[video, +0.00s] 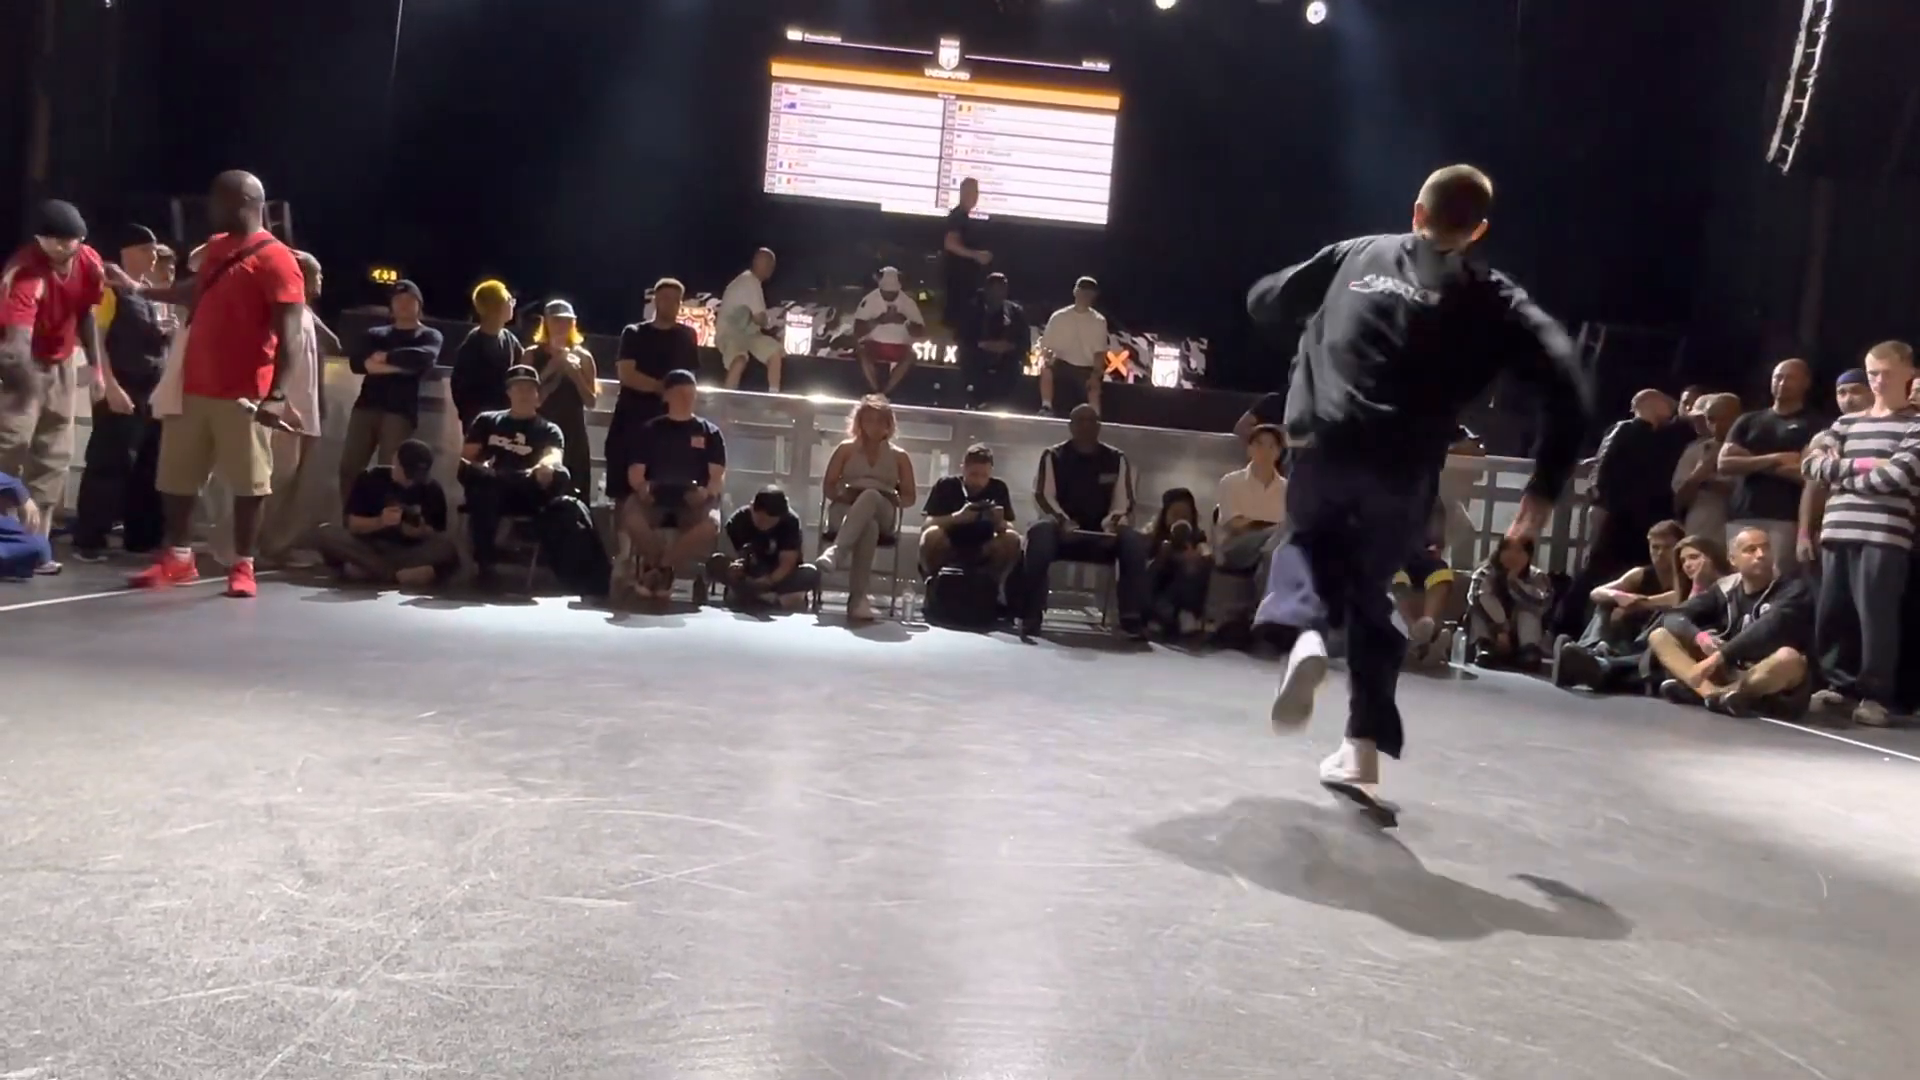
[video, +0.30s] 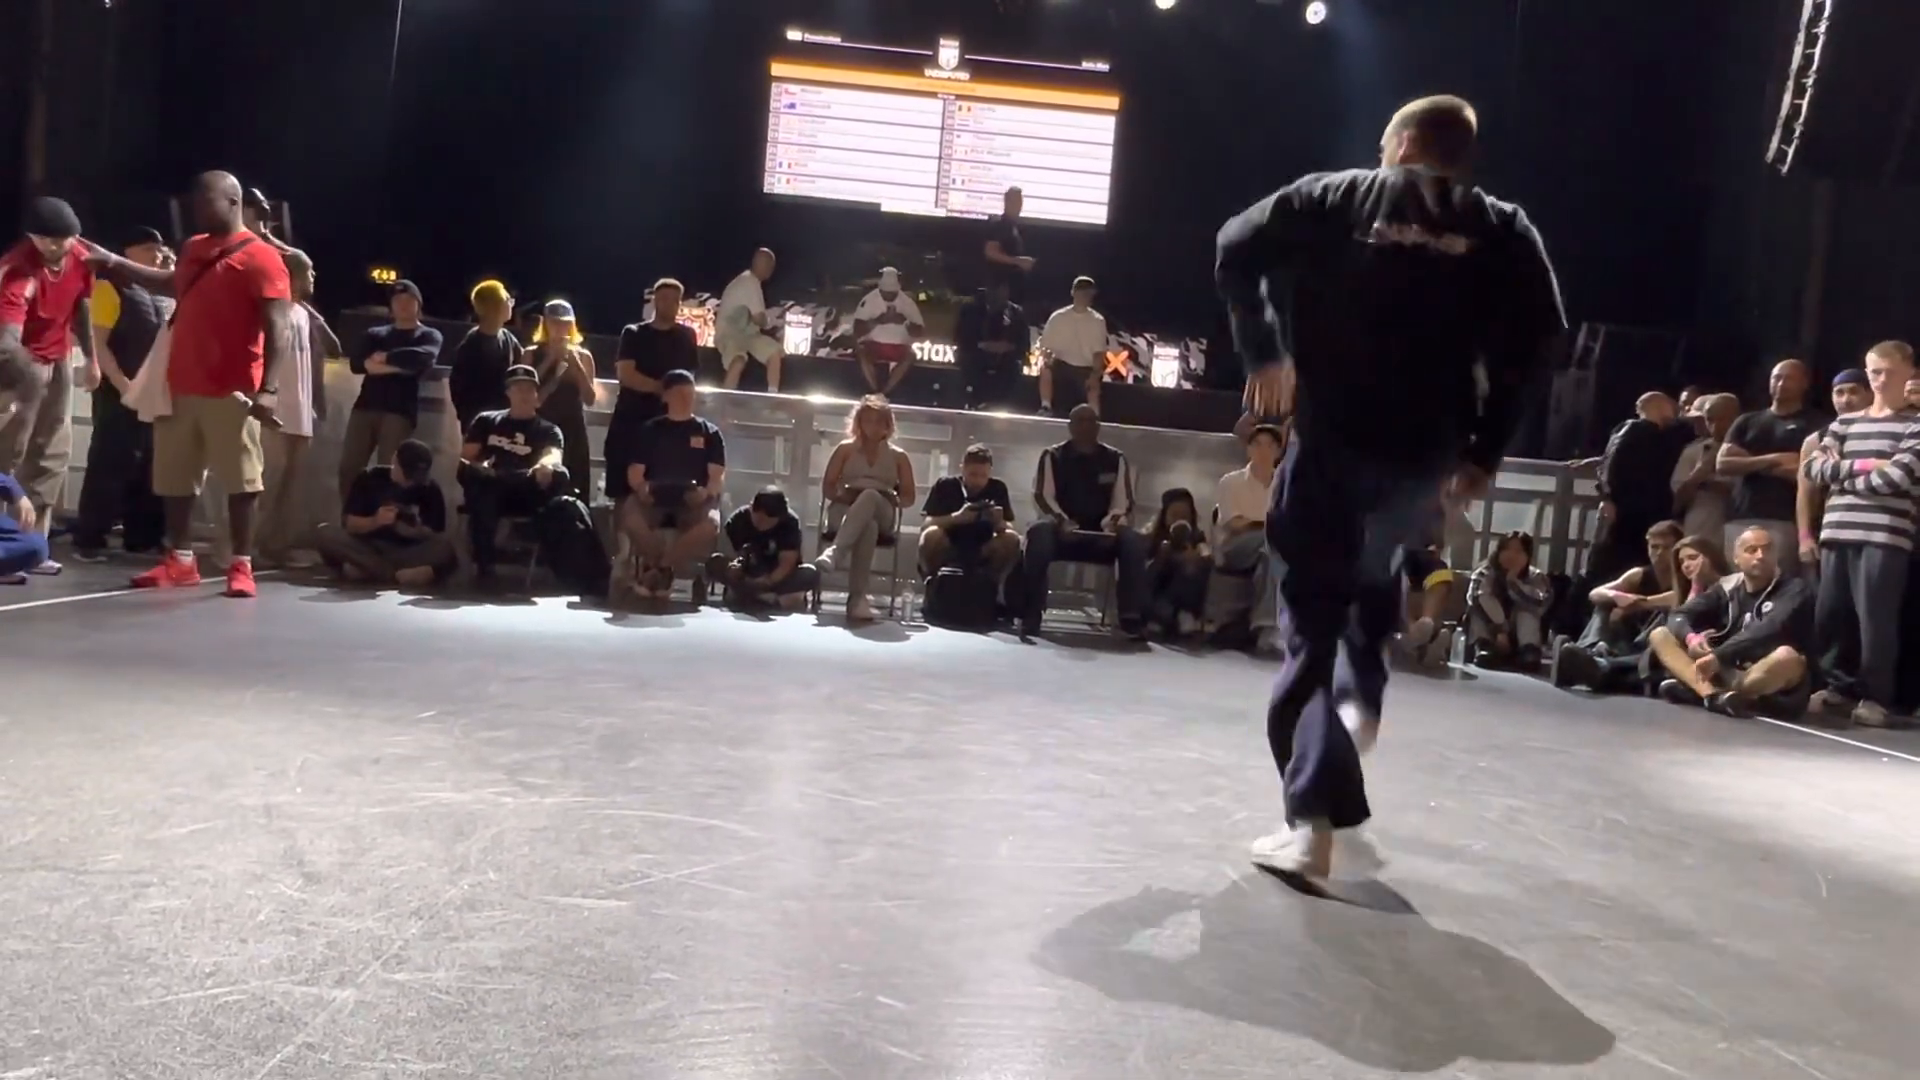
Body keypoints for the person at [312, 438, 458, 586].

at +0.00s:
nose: (408, 483)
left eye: (415, 480)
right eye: (405, 477)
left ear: (424, 473)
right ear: (396, 462)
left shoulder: (431, 489)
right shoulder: (370, 479)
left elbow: (438, 532)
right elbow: (353, 524)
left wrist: (419, 530)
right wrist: (381, 522)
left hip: (411, 549)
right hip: (369, 545)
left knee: (446, 550)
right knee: (324, 534)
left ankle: (372, 573)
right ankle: (393, 575)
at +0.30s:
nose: (408, 484)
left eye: (414, 481)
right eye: (405, 477)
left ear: (424, 473)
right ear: (395, 462)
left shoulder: (429, 489)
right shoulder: (368, 479)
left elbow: (435, 533)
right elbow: (350, 524)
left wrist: (403, 528)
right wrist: (376, 521)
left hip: (410, 550)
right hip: (369, 547)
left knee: (444, 549)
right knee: (325, 533)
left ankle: (370, 573)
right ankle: (393, 575)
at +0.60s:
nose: (405, 483)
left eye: (411, 480)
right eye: (401, 477)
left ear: (421, 473)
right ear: (391, 462)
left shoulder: (429, 489)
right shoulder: (368, 479)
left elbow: (436, 533)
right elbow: (348, 524)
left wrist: (416, 531)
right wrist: (371, 522)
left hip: (410, 550)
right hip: (368, 546)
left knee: (444, 549)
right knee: (323, 533)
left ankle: (370, 572)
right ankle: (392, 574)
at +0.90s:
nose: (402, 483)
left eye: (408, 480)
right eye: (398, 477)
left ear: (419, 471)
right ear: (388, 462)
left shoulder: (428, 489)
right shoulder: (366, 480)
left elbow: (432, 531)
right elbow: (348, 524)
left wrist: (408, 532)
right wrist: (368, 523)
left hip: (410, 550)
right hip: (369, 546)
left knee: (443, 549)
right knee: (326, 535)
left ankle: (369, 571)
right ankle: (393, 573)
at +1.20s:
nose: (399, 484)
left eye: (406, 480)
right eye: (396, 477)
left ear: (417, 472)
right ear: (387, 462)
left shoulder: (428, 490)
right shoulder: (365, 481)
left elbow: (432, 531)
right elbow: (349, 525)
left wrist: (407, 532)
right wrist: (366, 523)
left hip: (410, 549)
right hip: (370, 546)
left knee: (445, 551)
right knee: (327, 537)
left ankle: (369, 572)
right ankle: (394, 574)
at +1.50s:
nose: (401, 474)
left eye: (406, 468)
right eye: (396, 468)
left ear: (414, 465)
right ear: (385, 460)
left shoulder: (426, 487)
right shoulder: (363, 480)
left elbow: (430, 528)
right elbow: (347, 523)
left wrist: (406, 533)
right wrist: (364, 522)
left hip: (410, 548)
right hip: (370, 544)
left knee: (446, 551)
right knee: (326, 536)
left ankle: (371, 572)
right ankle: (393, 573)